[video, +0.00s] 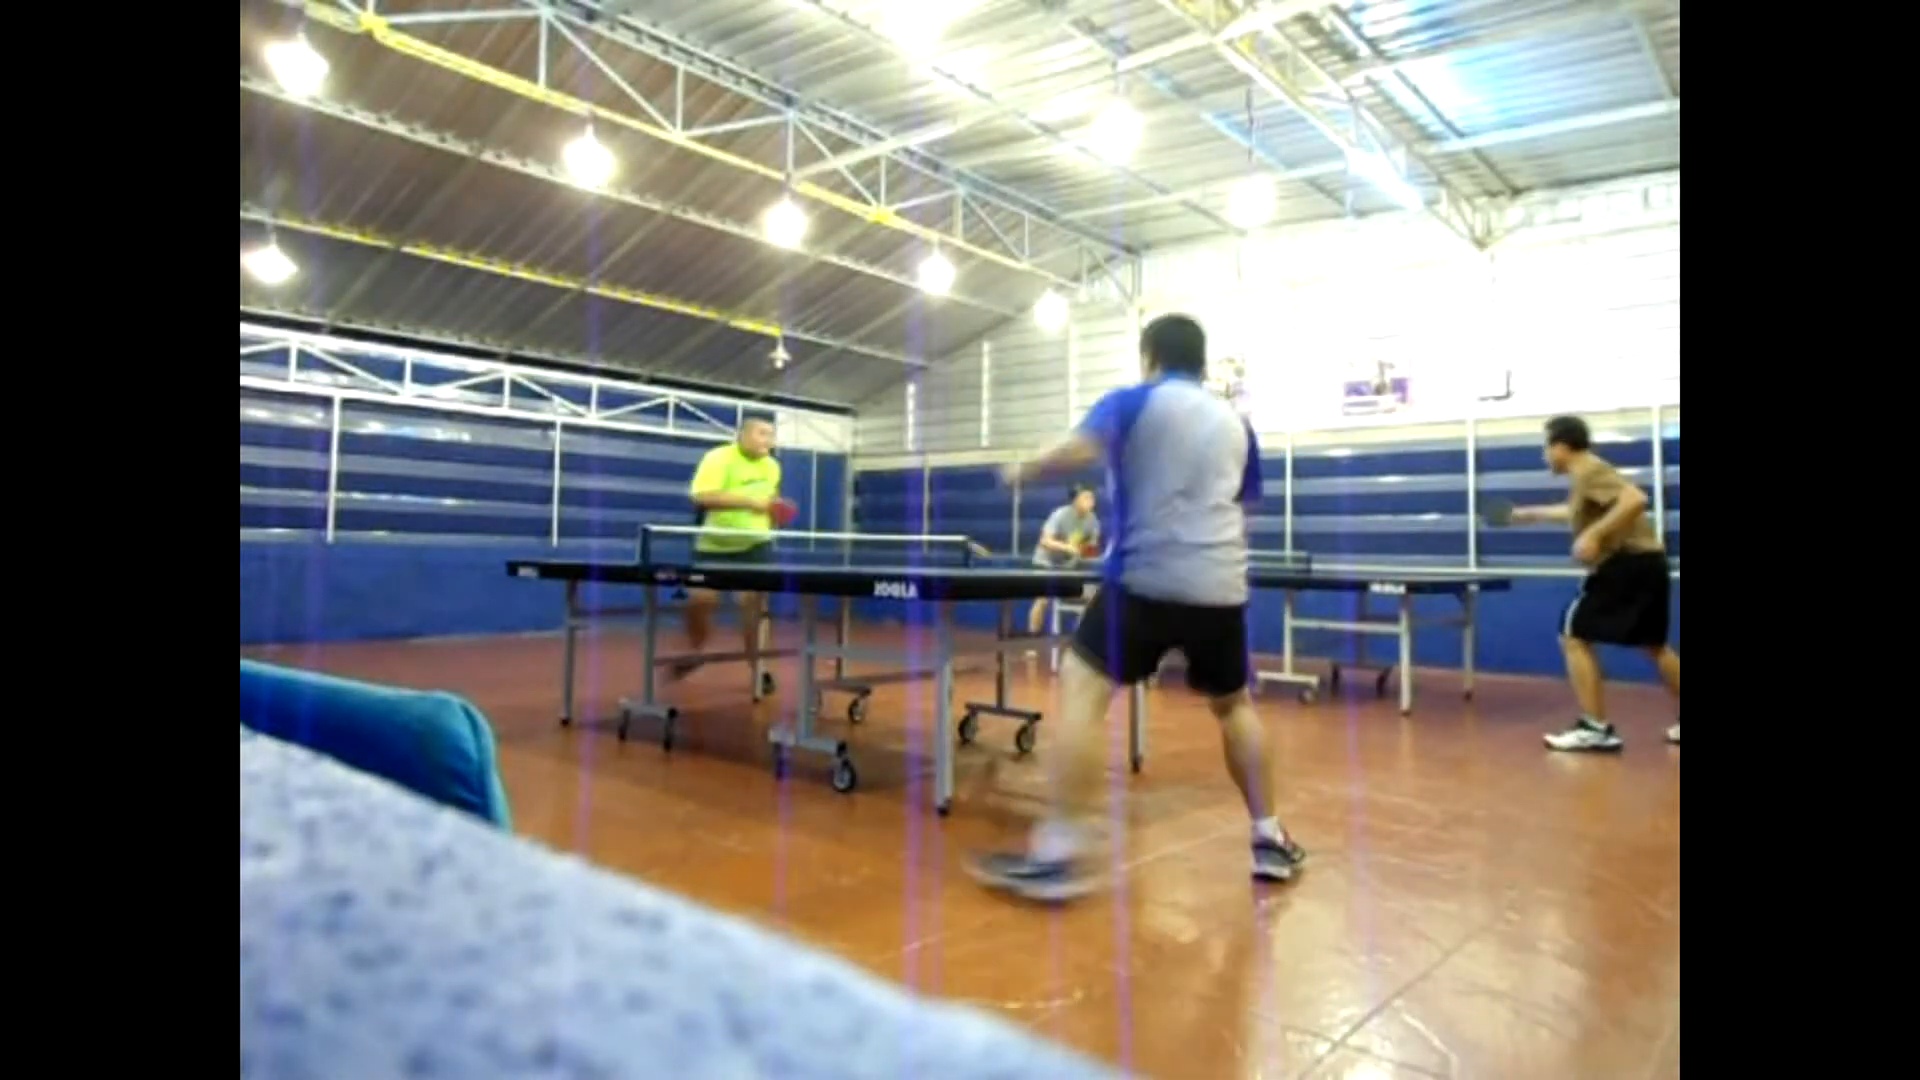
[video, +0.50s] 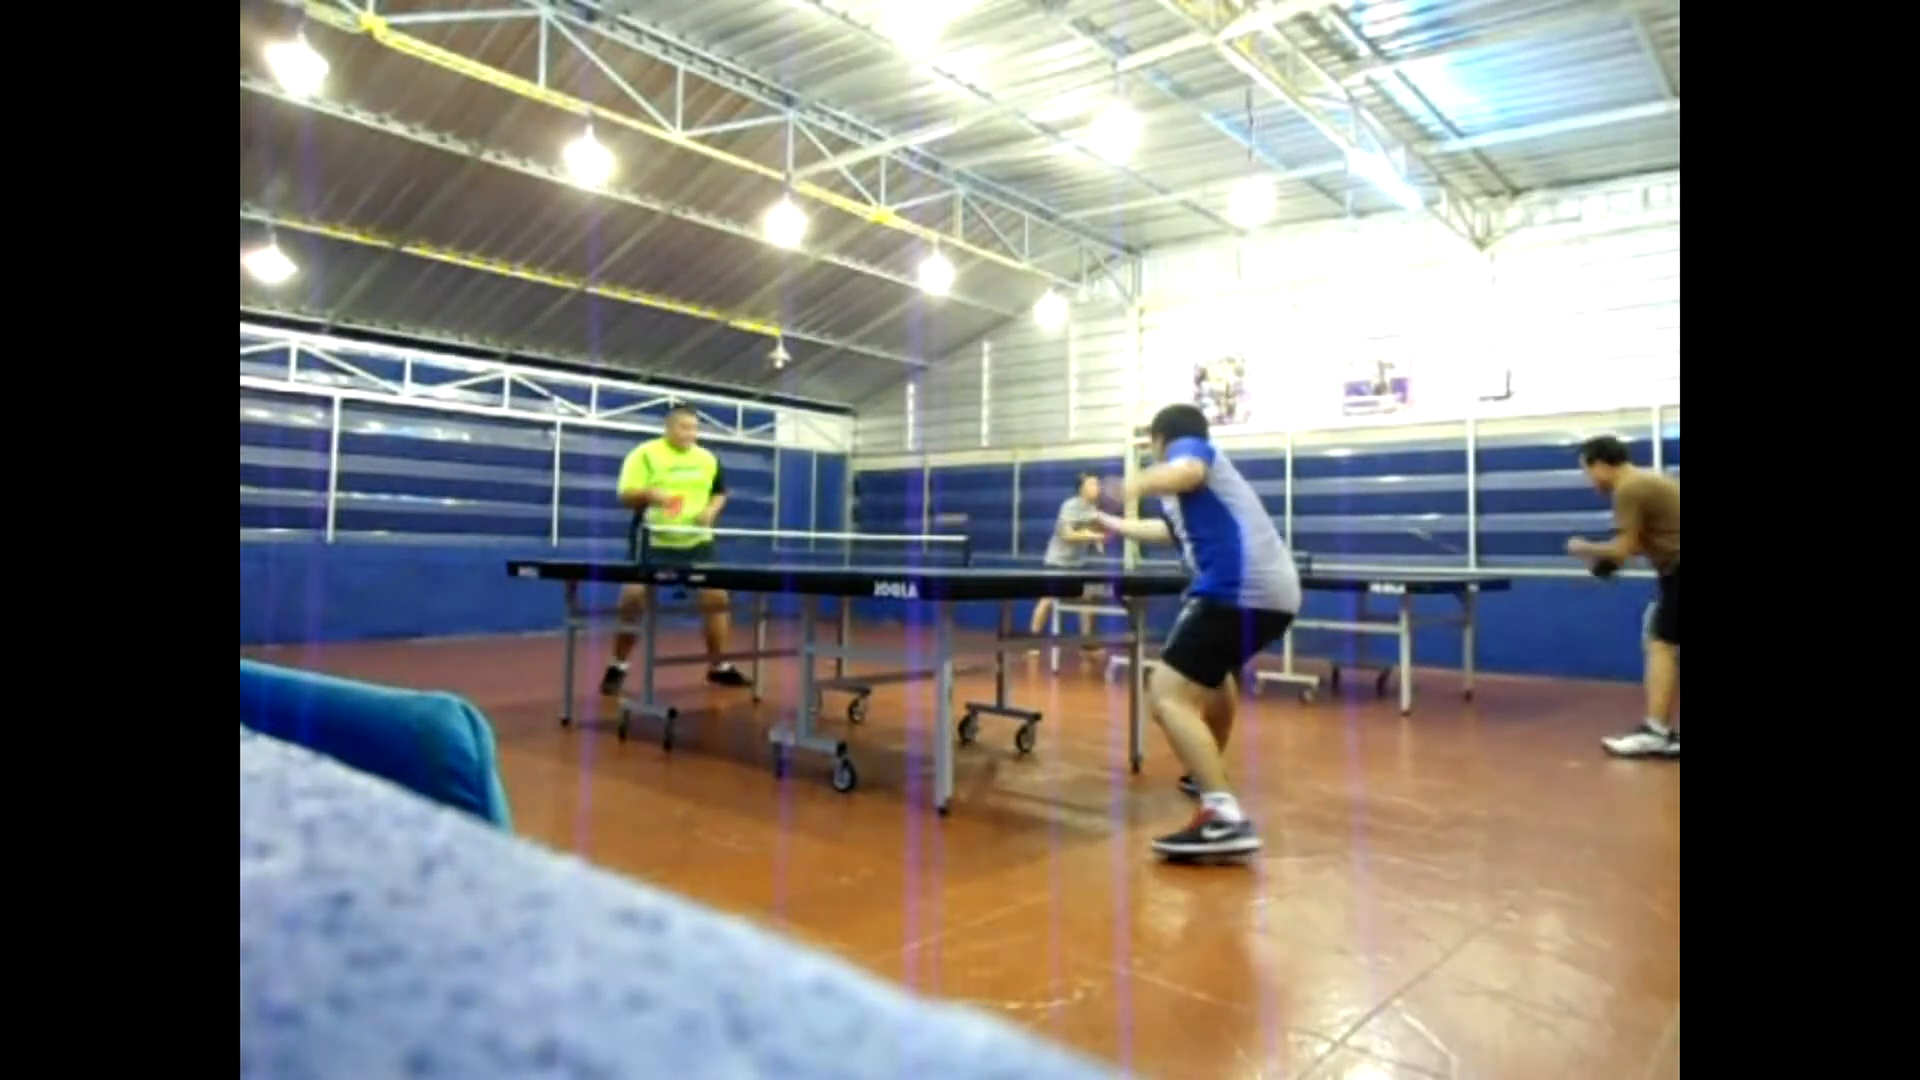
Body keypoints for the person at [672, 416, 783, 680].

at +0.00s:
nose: (767, 440)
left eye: (770, 435)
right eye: (761, 433)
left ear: (773, 440)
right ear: (743, 434)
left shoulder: (772, 467)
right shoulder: (718, 458)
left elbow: (767, 499)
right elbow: (701, 494)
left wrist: (777, 510)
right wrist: (751, 503)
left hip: (754, 543)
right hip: (714, 544)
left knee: (755, 604)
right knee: (700, 599)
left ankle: (760, 668)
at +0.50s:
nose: (689, 433)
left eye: (693, 427)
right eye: (683, 426)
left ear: (698, 430)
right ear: (669, 427)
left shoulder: (709, 460)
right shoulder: (645, 455)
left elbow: (719, 492)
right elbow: (627, 493)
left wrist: (710, 512)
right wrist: (654, 497)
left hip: (697, 539)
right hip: (655, 539)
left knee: (716, 598)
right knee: (633, 598)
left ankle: (719, 663)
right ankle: (618, 664)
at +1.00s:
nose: (667, 450)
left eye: (670, 444)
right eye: (661, 443)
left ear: (673, 447)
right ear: (645, 442)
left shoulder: (671, 467)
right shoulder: (621, 462)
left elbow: (664, 498)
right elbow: (638, 495)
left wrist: (687, 501)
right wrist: (680, 497)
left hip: (658, 544)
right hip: (620, 545)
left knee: (679, 600)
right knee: (618, 602)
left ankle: (695, 661)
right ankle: (600, 675)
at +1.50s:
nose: (658, 441)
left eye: (663, 436)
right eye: (652, 434)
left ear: (668, 439)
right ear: (639, 434)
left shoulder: (676, 470)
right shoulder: (615, 458)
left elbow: (687, 498)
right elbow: (581, 484)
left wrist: (685, 502)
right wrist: (608, 502)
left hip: (657, 545)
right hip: (614, 542)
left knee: (669, 600)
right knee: (591, 599)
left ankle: (664, 662)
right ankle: (560, 663)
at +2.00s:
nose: (639, 457)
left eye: (643, 451)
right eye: (632, 451)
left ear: (646, 455)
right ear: (617, 452)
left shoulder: (645, 481)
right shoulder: (610, 480)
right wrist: (686, 509)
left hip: (629, 562)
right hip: (591, 562)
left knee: (665, 598)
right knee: (575, 606)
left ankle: (663, 663)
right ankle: (538, 671)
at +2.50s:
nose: (626, 447)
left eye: (630, 442)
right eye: (620, 441)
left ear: (635, 447)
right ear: (607, 443)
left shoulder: (637, 478)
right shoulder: (585, 467)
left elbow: (638, 507)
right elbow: (562, 496)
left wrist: (649, 523)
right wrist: (600, 512)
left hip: (625, 558)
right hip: (585, 556)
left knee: (655, 598)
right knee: (559, 607)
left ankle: (663, 660)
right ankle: (534, 665)